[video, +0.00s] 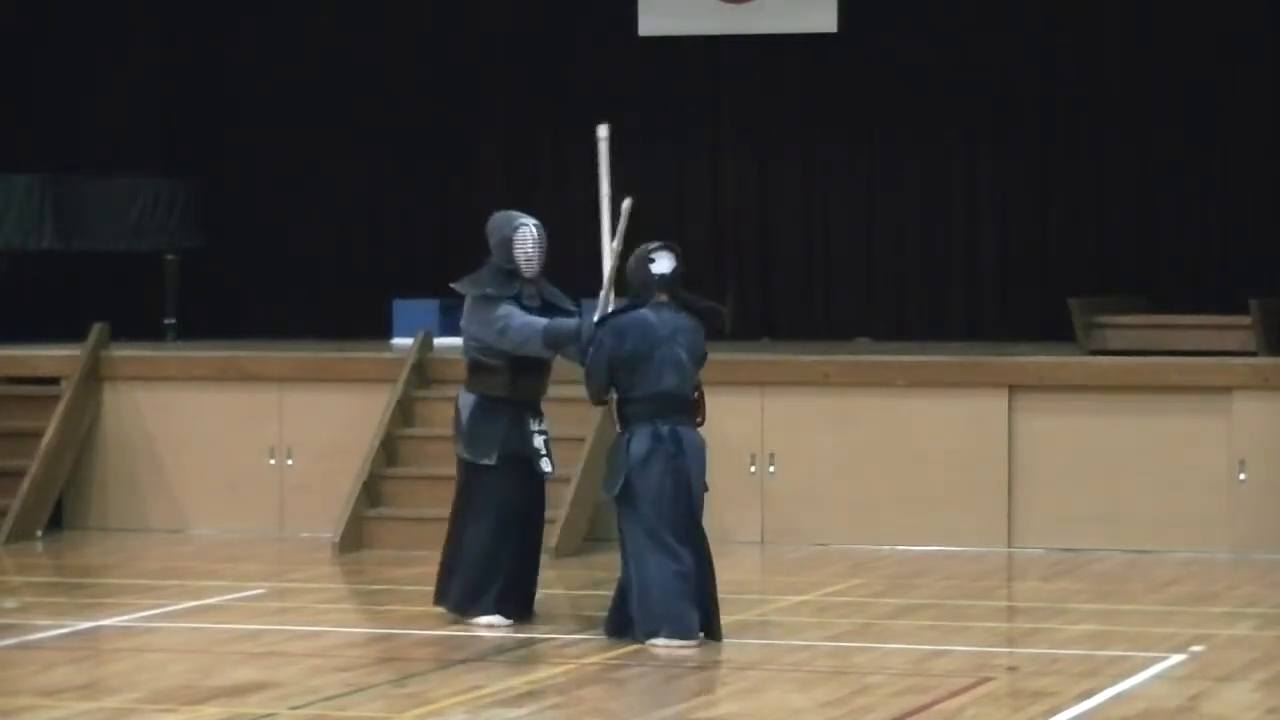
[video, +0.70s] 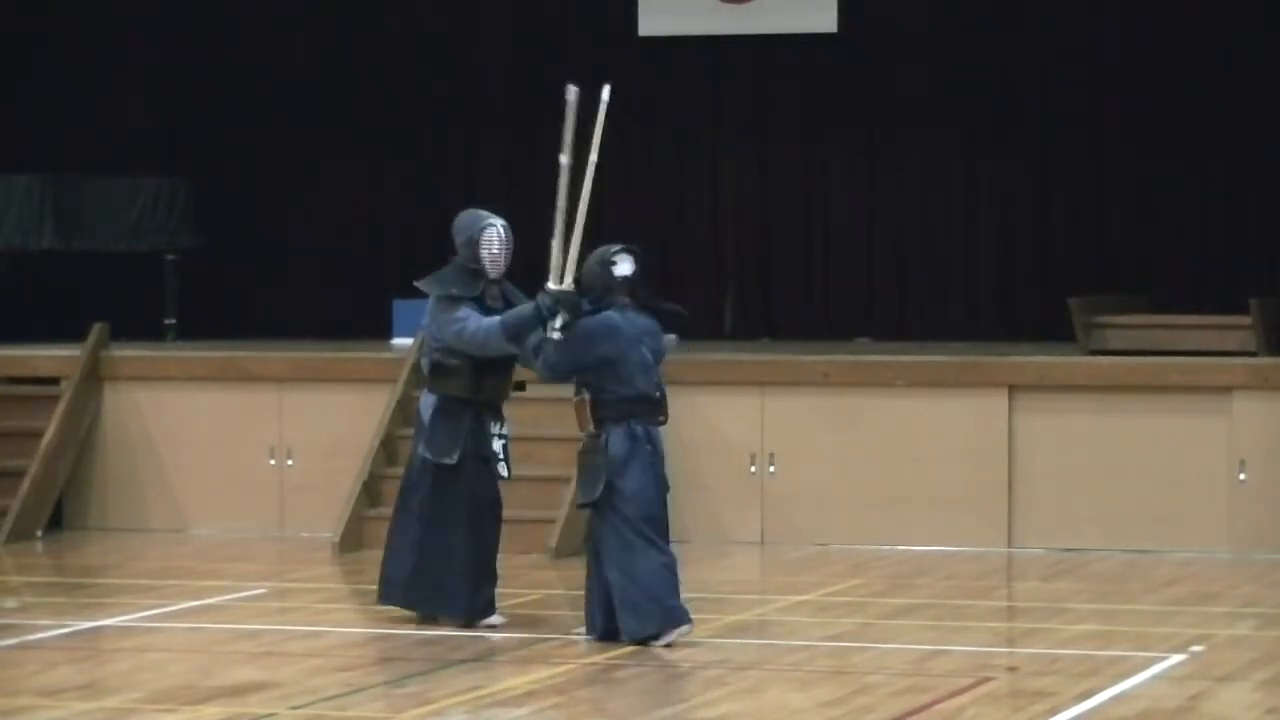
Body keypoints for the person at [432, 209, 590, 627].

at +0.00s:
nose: (533, 254)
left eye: (537, 245)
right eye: (524, 245)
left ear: (543, 249)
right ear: (502, 248)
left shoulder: (542, 296)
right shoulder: (485, 301)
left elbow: (578, 323)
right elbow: (525, 332)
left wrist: (615, 309)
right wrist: (583, 329)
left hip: (525, 412)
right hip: (490, 411)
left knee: (526, 508)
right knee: (493, 506)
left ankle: (512, 603)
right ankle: (476, 603)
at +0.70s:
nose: (498, 253)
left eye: (502, 244)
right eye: (489, 244)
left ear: (508, 248)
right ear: (468, 249)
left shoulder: (506, 296)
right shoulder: (448, 300)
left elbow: (534, 347)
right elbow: (481, 335)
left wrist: (562, 320)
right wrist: (539, 309)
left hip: (485, 412)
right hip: (450, 411)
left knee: (481, 507)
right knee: (453, 506)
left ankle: (474, 604)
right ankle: (443, 603)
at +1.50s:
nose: (459, 256)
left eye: (462, 247)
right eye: (449, 248)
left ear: (468, 251)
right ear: (427, 253)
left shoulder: (472, 301)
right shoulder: (413, 310)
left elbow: (500, 361)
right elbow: (463, 348)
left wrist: (537, 363)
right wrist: (533, 346)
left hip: (462, 418)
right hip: (426, 419)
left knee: (469, 511)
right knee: (436, 512)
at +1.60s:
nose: (439, 265)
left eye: (441, 256)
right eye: (430, 258)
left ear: (444, 258)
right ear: (408, 262)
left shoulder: (444, 308)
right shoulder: (394, 319)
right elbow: (443, 356)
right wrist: (516, 350)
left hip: (444, 422)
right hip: (412, 425)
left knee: (451, 511)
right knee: (430, 515)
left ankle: (377, 582)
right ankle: (454, 612)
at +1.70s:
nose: (412, 266)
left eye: (415, 256)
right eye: (402, 258)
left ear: (419, 259)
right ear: (380, 262)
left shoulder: (419, 308)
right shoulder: (367, 319)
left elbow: (452, 342)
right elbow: (410, 359)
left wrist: (485, 362)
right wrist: (462, 369)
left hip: (421, 420)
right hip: (385, 423)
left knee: (431, 511)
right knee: (425, 515)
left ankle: (369, 586)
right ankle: (458, 608)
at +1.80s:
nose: (387, 263)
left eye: (392, 253)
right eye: (378, 254)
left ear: (397, 257)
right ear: (357, 258)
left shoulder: (398, 311)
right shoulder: (342, 317)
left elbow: (424, 351)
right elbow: (379, 356)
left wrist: (442, 374)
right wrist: (430, 371)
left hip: (395, 417)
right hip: (358, 420)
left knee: (391, 511)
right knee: (404, 510)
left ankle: (355, 594)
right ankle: (431, 602)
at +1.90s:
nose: (366, 259)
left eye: (369, 250)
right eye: (357, 251)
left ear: (373, 253)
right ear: (335, 255)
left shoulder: (369, 304)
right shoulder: (318, 313)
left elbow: (394, 344)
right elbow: (355, 352)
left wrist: (422, 362)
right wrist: (408, 370)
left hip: (368, 414)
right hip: (333, 416)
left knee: (386, 504)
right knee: (354, 508)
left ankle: (394, 597)